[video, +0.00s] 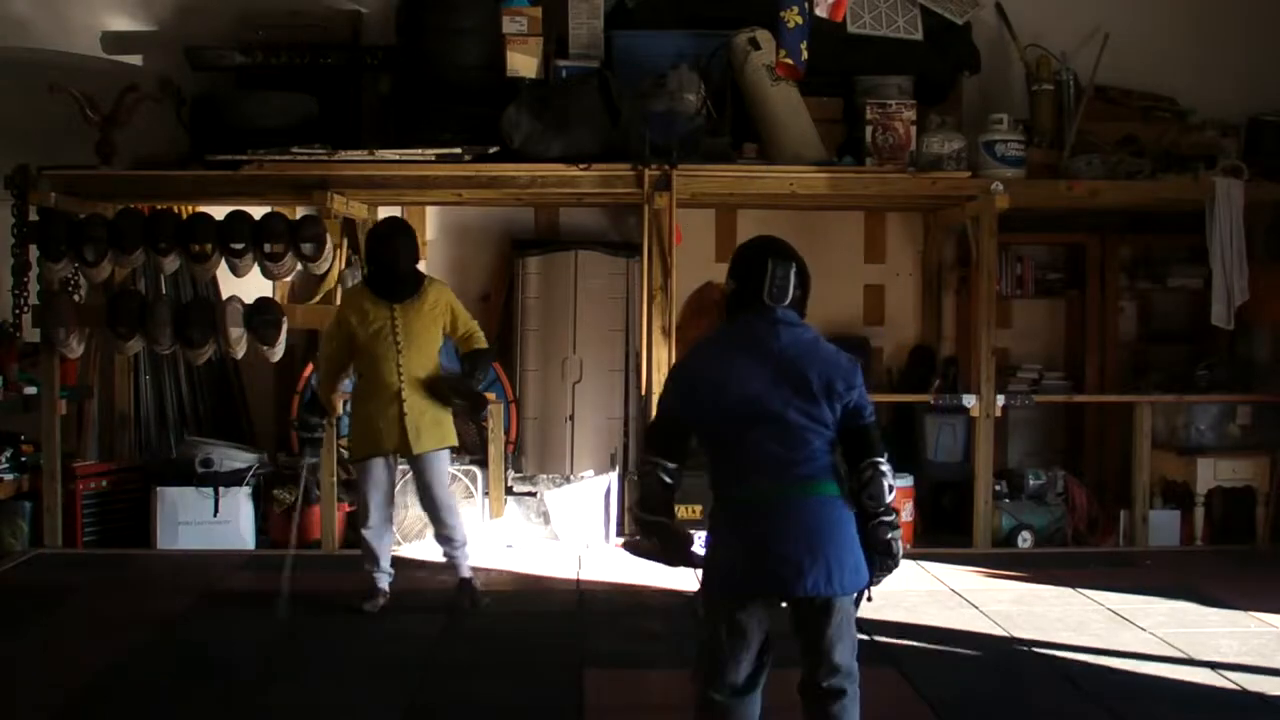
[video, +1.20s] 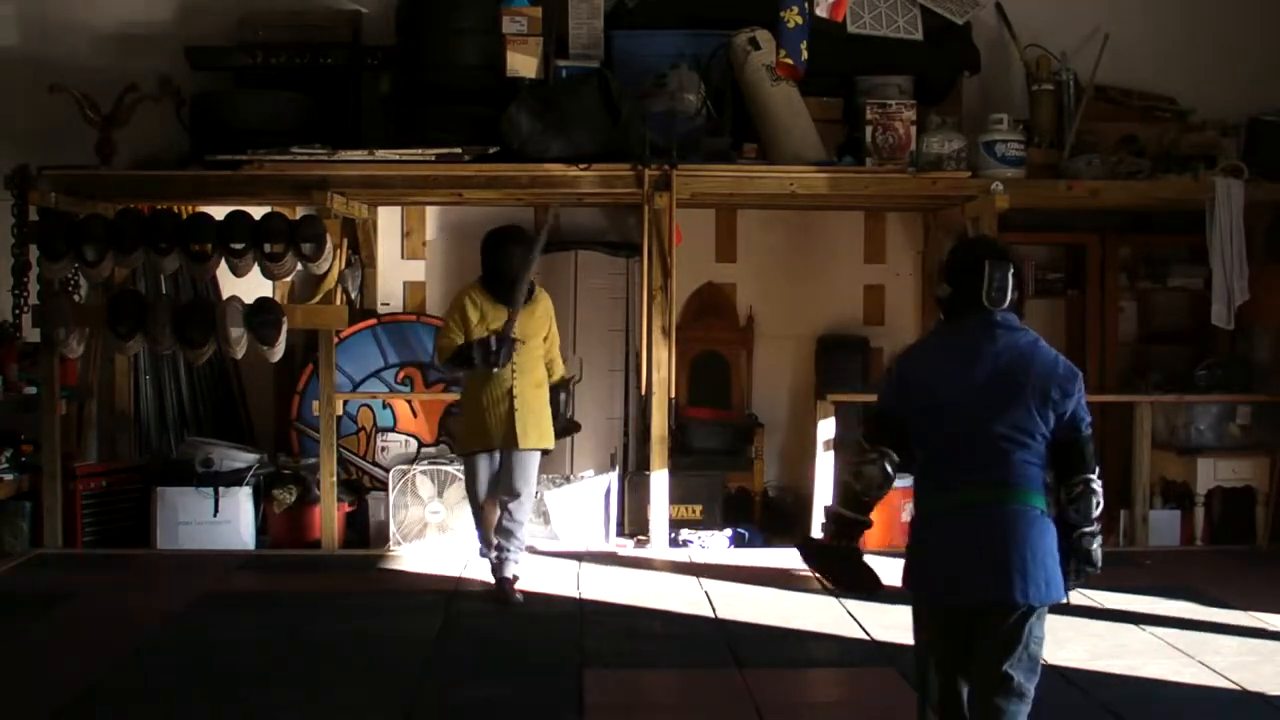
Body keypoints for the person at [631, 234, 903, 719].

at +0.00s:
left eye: (741, 284)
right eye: (792, 286)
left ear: (734, 289)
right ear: (799, 293)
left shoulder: (699, 364)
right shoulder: (834, 364)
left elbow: (660, 457)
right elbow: (869, 462)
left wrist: (658, 526)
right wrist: (882, 532)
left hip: (741, 545)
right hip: (826, 544)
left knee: (731, 689)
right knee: (835, 686)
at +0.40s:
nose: (735, 294)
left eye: (740, 286)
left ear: (743, 291)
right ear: (812, 291)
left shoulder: (717, 363)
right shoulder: (855, 361)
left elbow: (676, 461)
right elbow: (892, 469)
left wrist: (677, 523)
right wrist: (884, 535)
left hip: (771, 545)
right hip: (856, 539)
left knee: (740, 692)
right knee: (901, 683)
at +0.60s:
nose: (803, 309)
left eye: (808, 299)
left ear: (815, 306)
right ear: (883, 306)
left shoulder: (786, 377)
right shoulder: (928, 381)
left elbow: (735, 486)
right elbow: (952, 501)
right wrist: (905, 543)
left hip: (820, 564)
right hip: (910, 564)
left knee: (768, 703)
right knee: (947, 705)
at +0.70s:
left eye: (856, 297)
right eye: (907, 296)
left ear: (857, 303)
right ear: (919, 302)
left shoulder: (834, 373)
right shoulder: (955, 370)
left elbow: (787, 468)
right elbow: (987, 483)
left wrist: (778, 547)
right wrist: (966, 549)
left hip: (861, 557)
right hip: (944, 558)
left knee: (795, 701)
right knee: (977, 704)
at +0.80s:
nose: (881, 299)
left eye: (886, 290)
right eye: (887, 289)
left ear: (890, 295)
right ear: (949, 296)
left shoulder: (862, 364)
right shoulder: (996, 372)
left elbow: (823, 463)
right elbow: (1018, 489)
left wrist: (798, 523)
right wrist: (988, 538)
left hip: (886, 554)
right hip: (970, 555)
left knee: (834, 695)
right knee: (981, 701)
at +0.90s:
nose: (904, 291)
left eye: (909, 282)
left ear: (912, 288)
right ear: (976, 291)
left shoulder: (883, 360)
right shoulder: (1021, 368)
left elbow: (833, 461)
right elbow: (1043, 487)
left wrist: (811, 511)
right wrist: (1018, 544)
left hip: (901, 553)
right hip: (988, 553)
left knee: (879, 692)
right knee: (986, 700)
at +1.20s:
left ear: (945, 291)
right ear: (1011, 294)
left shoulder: (917, 364)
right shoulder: (1053, 370)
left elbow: (873, 461)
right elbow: (1079, 480)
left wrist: (841, 535)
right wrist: (1082, 551)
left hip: (937, 553)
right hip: (1019, 554)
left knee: (941, 692)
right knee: (1007, 694)